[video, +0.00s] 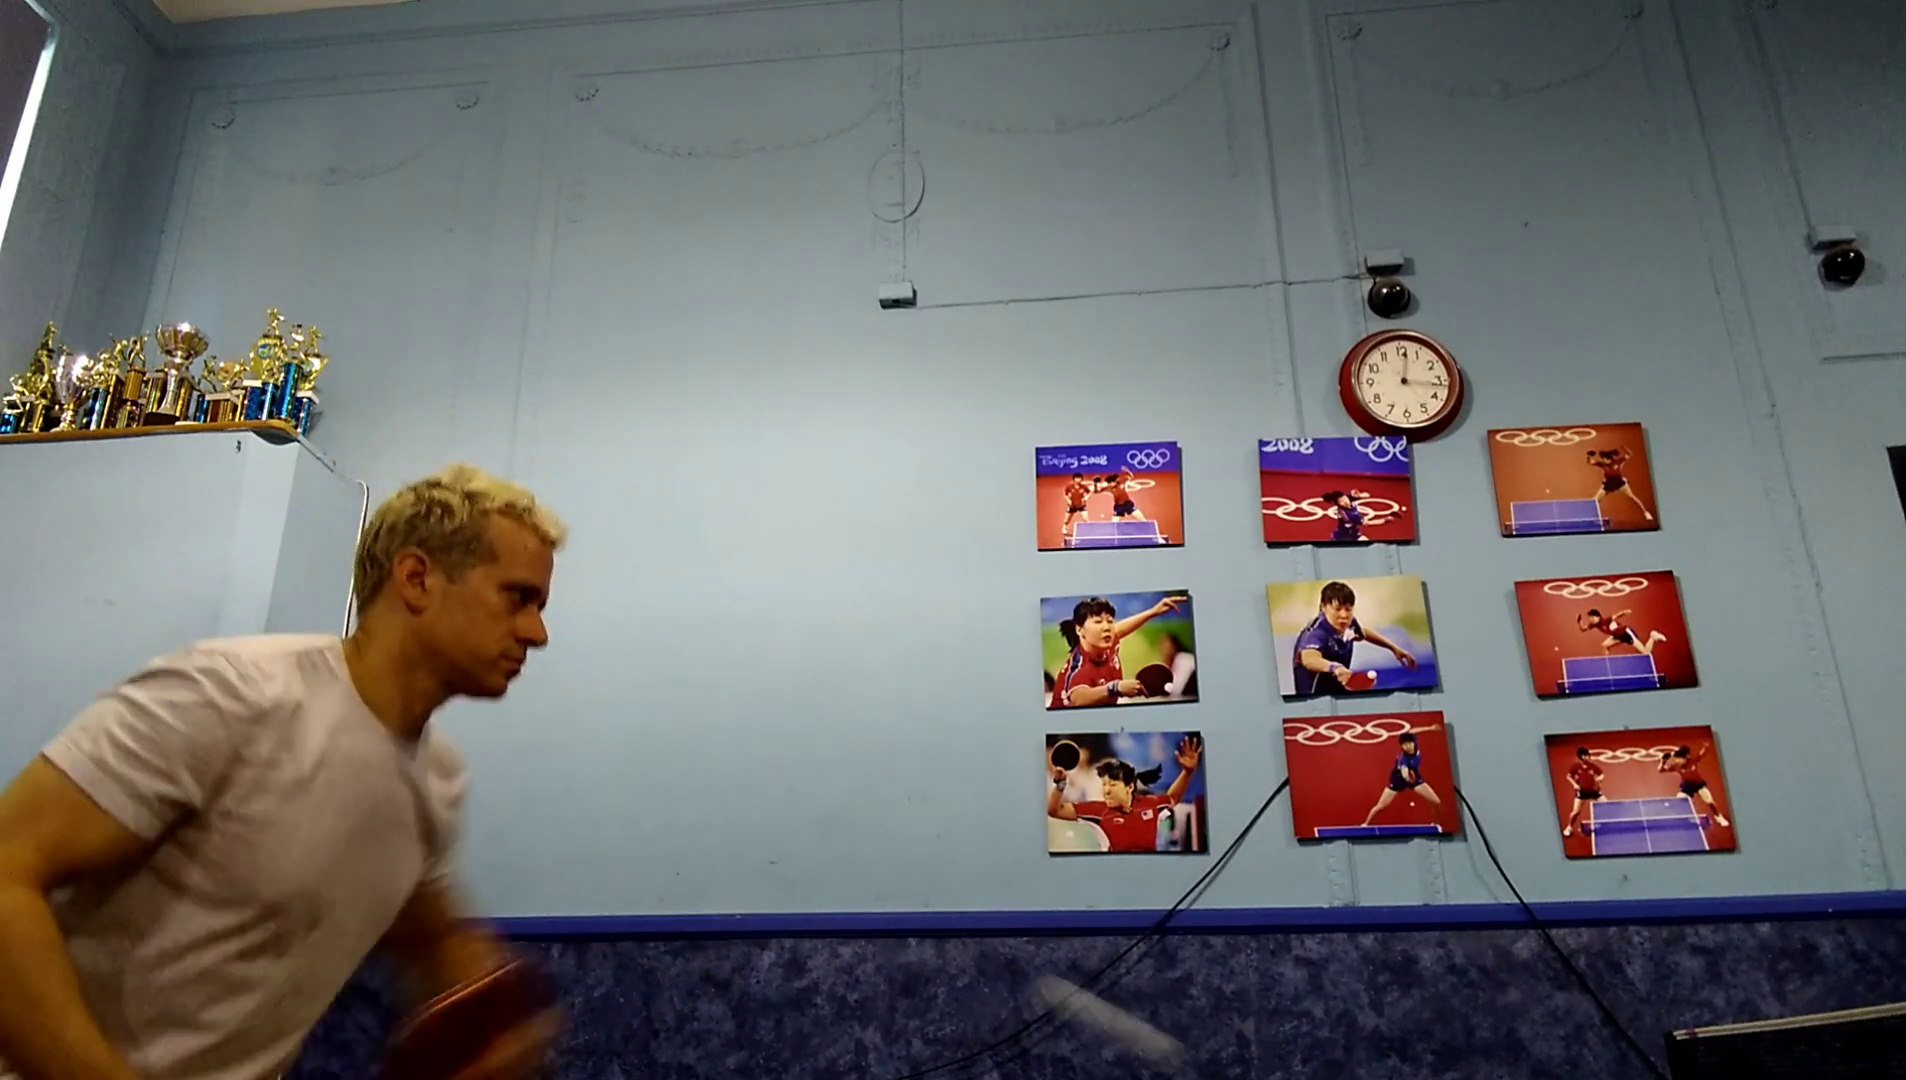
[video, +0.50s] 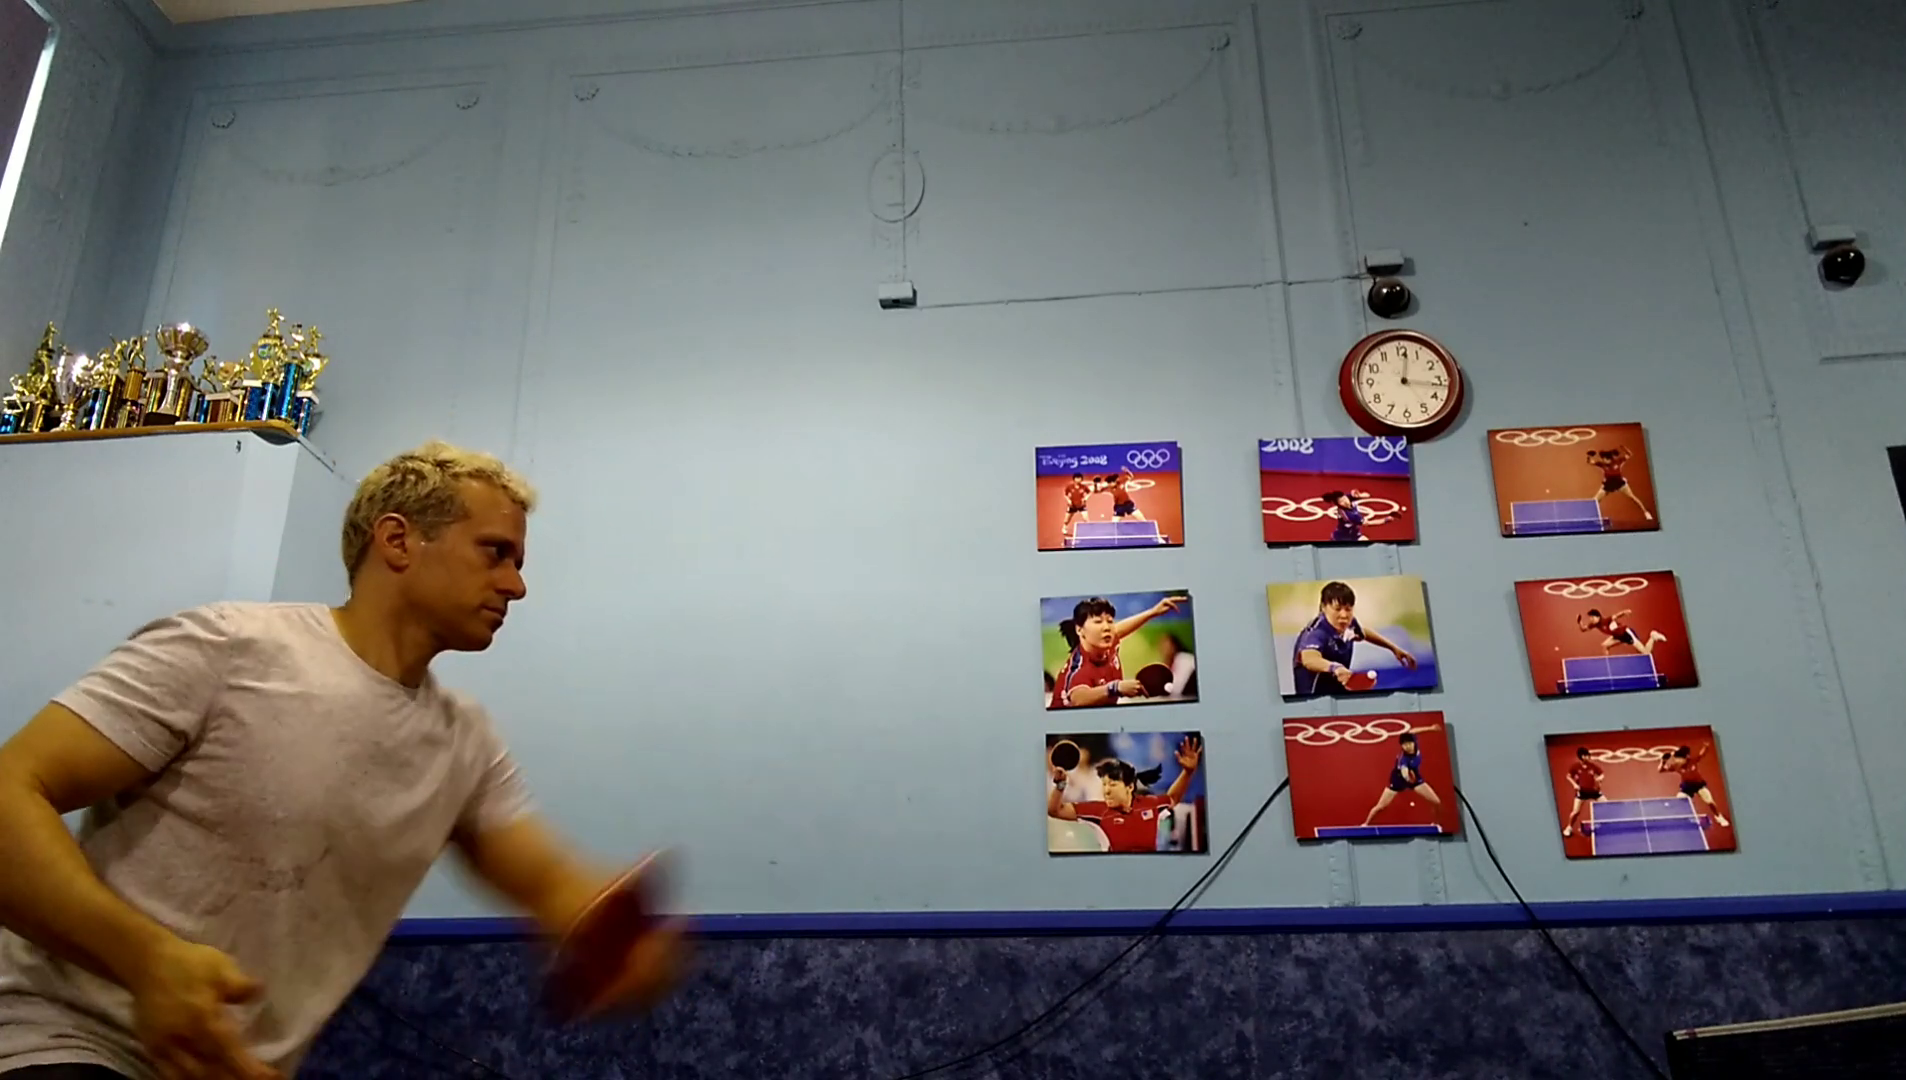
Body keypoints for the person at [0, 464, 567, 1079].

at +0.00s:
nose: (539, 633)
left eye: (540, 606)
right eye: (518, 597)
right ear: (416, 582)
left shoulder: (434, 780)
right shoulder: (228, 694)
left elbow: (431, 935)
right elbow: (4, 868)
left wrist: (489, 1014)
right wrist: (91, 1065)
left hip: (245, 1069)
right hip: (79, 1053)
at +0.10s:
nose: (531, 608)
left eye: (535, 584)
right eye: (511, 576)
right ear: (409, 559)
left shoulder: (485, 757)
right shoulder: (224, 676)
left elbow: (614, 873)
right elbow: (10, 835)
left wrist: (719, 902)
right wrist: (117, 1026)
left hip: (252, 1064)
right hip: (62, 1040)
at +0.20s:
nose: (533, 596)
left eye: (536, 573)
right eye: (512, 566)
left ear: (449, 572)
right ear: (412, 554)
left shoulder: (504, 730)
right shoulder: (221, 669)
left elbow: (696, 780)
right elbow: (12, 810)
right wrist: (98, 956)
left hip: (270, 1077)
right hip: (81, 1045)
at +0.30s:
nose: (532, 592)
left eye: (535, 569)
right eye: (512, 562)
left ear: (455, 572)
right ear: (415, 553)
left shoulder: (498, 721)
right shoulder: (224, 664)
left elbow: (694, 752)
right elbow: (15, 802)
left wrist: (894, 753)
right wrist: (92, 937)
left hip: (287, 1072)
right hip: (95, 1049)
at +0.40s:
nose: (525, 590)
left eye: (528, 567)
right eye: (505, 559)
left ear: (429, 557)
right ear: (406, 546)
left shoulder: (484, 733)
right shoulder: (225, 657)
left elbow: (644, 804)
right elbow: (14, 799)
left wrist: (790, 806)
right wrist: (101, 941)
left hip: (278, 1065)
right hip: (89, 1040)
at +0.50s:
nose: (519, 584)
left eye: (519, 562)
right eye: (497, 553)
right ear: (398, 543)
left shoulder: (463, 744)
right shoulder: (225, 648)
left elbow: (547, 877)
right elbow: (9, 792)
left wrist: (614, 931)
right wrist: (142, 956)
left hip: (247, 1064)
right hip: (68, 1025)